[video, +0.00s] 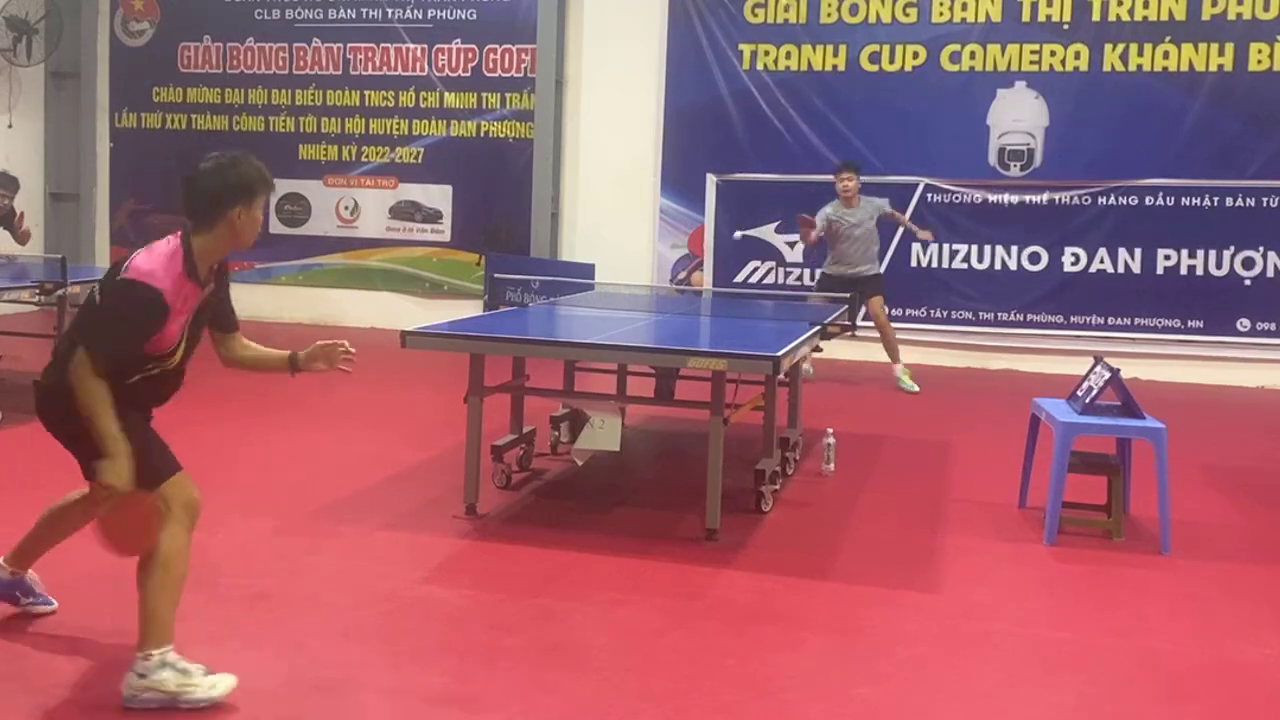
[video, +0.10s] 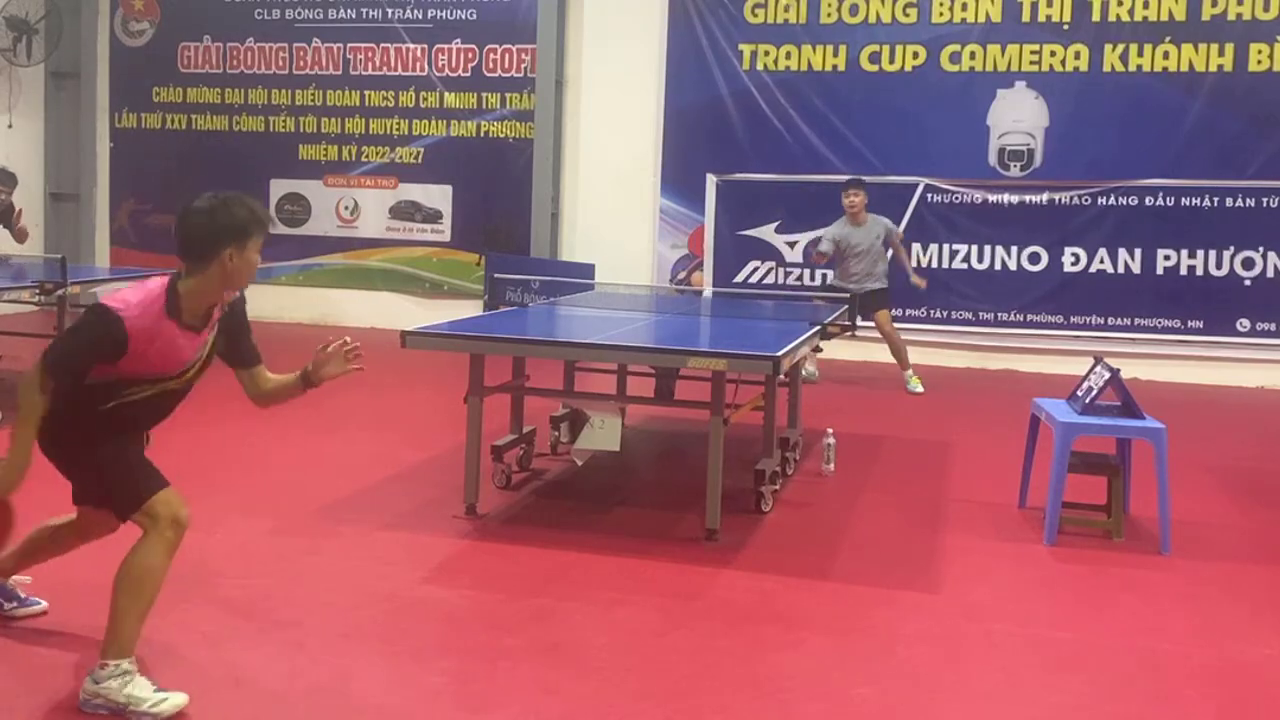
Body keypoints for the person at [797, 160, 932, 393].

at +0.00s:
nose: (845, 185)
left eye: (850, 180)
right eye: (841, 181)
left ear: (859, 183)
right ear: (835, 185)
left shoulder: (874, 205)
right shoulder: (828, 213)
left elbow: (895, 216)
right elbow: (812, 239)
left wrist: (917, 231)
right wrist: (807, 236)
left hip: (868, 274)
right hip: (834, 275)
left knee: (879, 317)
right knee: (811, 316)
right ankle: (804, 360)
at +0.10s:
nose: (851, 200)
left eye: (856, 196)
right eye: (847, 196)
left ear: (865, 199)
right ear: (842, 201)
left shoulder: (881, 224)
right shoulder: (836, 230)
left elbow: (898, 248)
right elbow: (822, 256)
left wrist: (911, 274)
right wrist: (818, 257)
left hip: (874, 288)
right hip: (842, 288)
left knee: (886, 329)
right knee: (815, 318)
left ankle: (909, 374)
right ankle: (810, 365)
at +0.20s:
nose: (844, 204)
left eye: (849, 199)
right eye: (840, 200)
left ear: (858, 203)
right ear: (835, 205)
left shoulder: (876, 229)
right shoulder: (828, 234)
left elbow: (886, 259)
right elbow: (817, 261)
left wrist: (886, 286)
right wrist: (814, 267)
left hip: (871, 291)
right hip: (838, 292)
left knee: (886, 331)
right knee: (808, 323)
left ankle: (909, 375)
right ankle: (800, 365)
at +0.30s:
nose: (828, 196)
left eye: (833, 191)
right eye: (824, 191)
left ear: (842, 193)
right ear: (819, 195)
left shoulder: (860, 220)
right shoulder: (811, 225)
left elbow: (870, 246)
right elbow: (800, 251)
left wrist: (866, 265)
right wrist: (798, 262)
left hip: (854, 286)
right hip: (821, 286)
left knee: (873, 328)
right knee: (800, 321)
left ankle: (902, 373)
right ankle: (801, 365)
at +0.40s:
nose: (813, 185)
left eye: (818, 180)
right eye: (809, 181)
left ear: (827, 182)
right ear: (805, 184)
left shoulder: (845, 209)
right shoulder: (797, 214)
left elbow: (858, 236)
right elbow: (785, 242)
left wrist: (853, 251)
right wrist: (783, 250)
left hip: (840, 275)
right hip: (807, 275)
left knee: (856, 320)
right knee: (788, 314)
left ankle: (875, 366)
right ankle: (799, 364)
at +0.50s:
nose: (801, 181)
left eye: (805, 177)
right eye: (797, 178)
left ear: (814, 179)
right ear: (792, 182)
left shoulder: (832, 204)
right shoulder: (785, 210)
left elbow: (848, 230)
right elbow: (772, 236)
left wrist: (838, 244)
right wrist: (771, 252)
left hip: (830, 271)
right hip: (797, 269)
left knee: (841, 314)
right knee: (773, 301)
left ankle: (851, 361)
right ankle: (782, 353)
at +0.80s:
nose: (751, 216)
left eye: (755, 210)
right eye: (748, 212)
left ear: (766, 210)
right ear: (745, 216)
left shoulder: (782, 231)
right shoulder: (755, 238)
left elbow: (779, 267)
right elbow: (760, 268)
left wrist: (748, 267)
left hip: (801, 291)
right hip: (775, 293)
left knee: (818, 331)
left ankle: (840, 366)